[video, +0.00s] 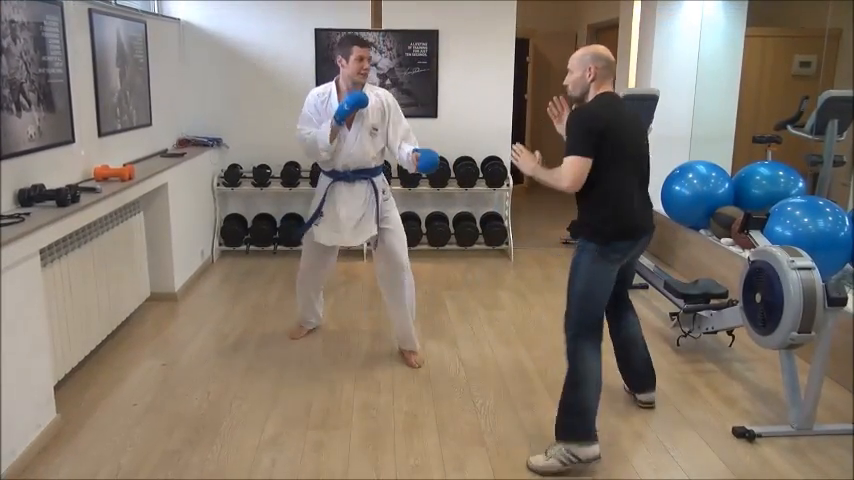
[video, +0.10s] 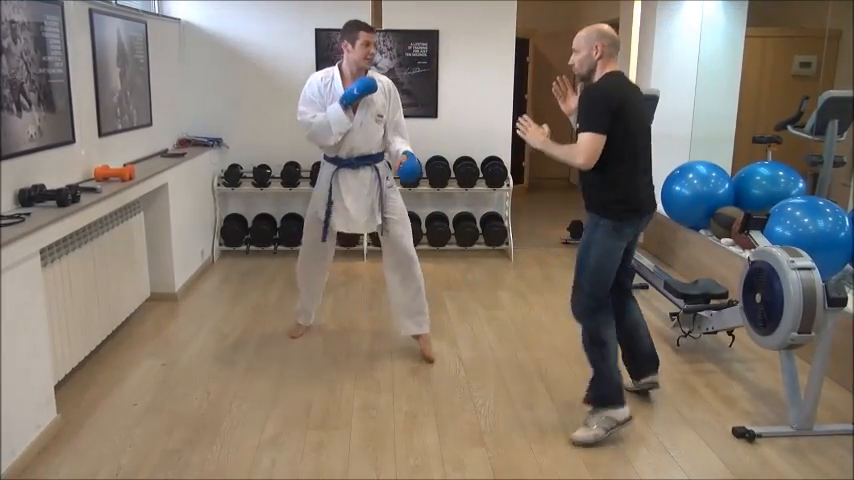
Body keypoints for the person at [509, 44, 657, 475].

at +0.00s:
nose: (565, 79)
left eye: (570, 71)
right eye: (567, 72)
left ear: (591, 74)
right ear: (600, 74)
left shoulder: (590, 115)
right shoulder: (626, 112)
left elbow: (570, 181)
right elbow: (607, 165)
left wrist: (534, 169)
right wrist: (571, 133)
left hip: (603, 235)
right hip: (635, 229)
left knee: (582, 332)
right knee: (618, 303)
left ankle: (578, 442)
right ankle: (643, 387)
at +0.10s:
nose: (571, 60)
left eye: (576, 52)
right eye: (572, 53)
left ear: (598, 52)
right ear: (605, 52)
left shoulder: (601, 92)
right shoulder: (628, 91)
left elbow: (583, 157)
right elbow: (605, 151)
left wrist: (543, 144)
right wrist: (577, 117)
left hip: (611, 212)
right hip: (633, 209)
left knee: (588, 305)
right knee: (617, 294)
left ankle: (610, 407)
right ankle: (645, 374)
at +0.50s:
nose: (574, 62)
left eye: (579, 56)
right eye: (574, 56)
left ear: (600, 54)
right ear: (604, 54)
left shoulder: (599, 90)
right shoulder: (628, 87)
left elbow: (604, 147)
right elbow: (598, 134)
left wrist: (568, 160)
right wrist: (575, 103)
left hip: (603, 198)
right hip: (624, 194)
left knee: (574, 270)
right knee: (611, 261)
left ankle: (615, 353)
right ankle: (626, 334)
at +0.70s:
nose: (573, 65)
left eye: (578, 59)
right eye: (572, 59)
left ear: (599, 58)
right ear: (602, 61)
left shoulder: (589, 87)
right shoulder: (623, 88)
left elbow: (580, 136)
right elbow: (596, 133)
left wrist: (551, 136)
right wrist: (571, 98)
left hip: (593, 193)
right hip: (619, 191)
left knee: (548, 256)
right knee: (610, 259)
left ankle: (555, 341)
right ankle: (627, 331)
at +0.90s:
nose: (551, 61)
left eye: (555, 55)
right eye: (551, 55)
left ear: (577, 54)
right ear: (583, 55)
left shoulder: (564, 85)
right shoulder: (610, 88)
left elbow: (549, 131)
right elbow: (586, 121)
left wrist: (513, 132)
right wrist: (550, 99)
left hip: (564, 185)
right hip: (601, 187)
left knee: (519, 244)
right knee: (607, 252)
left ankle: (503, 325)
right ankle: (621, 324)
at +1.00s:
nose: (533, 69)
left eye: (538, 62)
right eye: (534, 62)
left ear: (559, 61)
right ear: (565, 62)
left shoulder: (543, 89)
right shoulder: (597, 92)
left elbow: (495, 115)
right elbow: (600, 140)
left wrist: (457, 95)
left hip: (554, 188)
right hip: (592, 190)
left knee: (506, 249)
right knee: (595, 252)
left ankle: (467, 324)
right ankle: (614, 322)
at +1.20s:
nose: (512, 102)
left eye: (516, 96)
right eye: (513, 96)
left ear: (535, 97)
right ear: (540, 98)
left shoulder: (526, 127)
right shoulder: (561, 128)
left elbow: (471, 141)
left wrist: (450, 104)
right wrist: (514, 174)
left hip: (533, 227)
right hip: (560, 226)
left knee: (468, 262)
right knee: (560, 278)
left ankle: (464, 343)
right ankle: (611, 333)